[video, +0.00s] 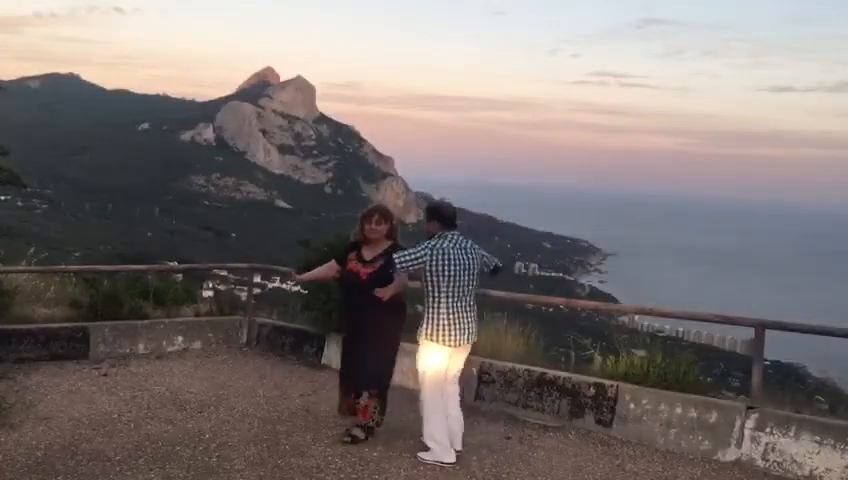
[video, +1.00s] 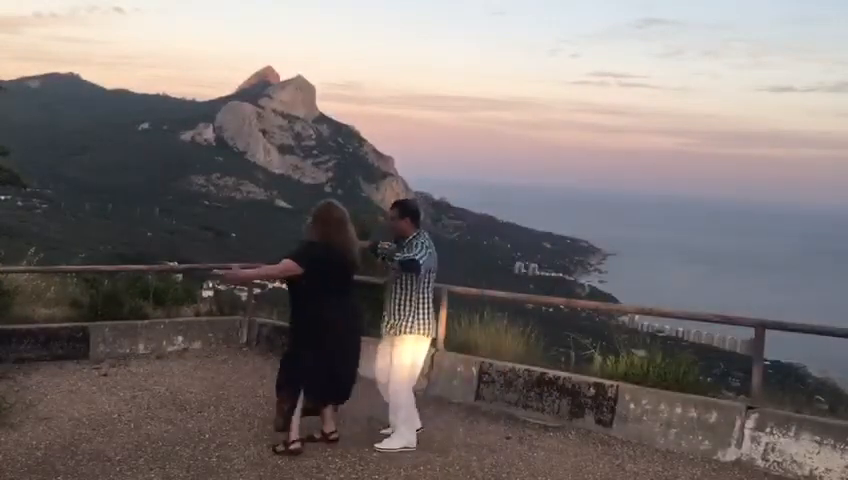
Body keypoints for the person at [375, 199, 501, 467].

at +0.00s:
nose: (427, 227)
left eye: (428, 222)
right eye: (428, 222)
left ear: (435, 223)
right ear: (452, 222)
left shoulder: (432, 247)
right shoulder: (472, 247)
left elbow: (395, 260)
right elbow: (496, 267)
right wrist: (480, 263)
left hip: (437, 332)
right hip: (466, 331)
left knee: (431, 390)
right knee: (450, 385)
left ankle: (440, 450)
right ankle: (454, 441)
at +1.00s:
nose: (390, 225)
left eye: (394, 219)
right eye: (390, 219)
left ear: (407, 221)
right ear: (404, 221)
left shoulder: (423, 244)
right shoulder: (401, 246)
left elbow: (413, 264)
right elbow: (382, 252)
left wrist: (389, 256)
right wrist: (374, 247)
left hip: (414, 327)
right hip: (394, 325)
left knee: (400, 382)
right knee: (383, 376)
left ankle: (404, 436)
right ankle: (408, 420)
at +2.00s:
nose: (405, 222)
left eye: (410, 218)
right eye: (404, 217)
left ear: (425, 221)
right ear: (405, 219)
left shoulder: (440, 246)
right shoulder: (396, 246)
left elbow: (462, 261)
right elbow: (368, 254)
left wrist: (433, 262)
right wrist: (334, 255)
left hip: (428, 331)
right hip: (397, 329)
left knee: (422, 384)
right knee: (390, 379)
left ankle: (418, 433)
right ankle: (393, 425)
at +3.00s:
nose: (418, 239)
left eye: (423, 234)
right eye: (416, 234)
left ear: (438, 230)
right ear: (413, 230)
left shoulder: (454, 244)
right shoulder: (409, 248)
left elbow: (476, 256)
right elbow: (381, 257)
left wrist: (444, 259)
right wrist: (345, 259)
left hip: (448, 327)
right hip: (416, 327)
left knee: (446, 381)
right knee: (408, 377)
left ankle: (441, 428)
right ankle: (408, 425)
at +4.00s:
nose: (434, 255)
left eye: (439, 252)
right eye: (431, 250)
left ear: (451, 247)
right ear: (426, 241)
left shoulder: (462, 256)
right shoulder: (414, 248)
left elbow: (484, 277)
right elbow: (381, 250)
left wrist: (454, 279)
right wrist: (346, 247)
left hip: (441, 331)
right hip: (409, 327)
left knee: (433, 384)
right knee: (402, 380)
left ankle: (424, 431)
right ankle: (399, 429)